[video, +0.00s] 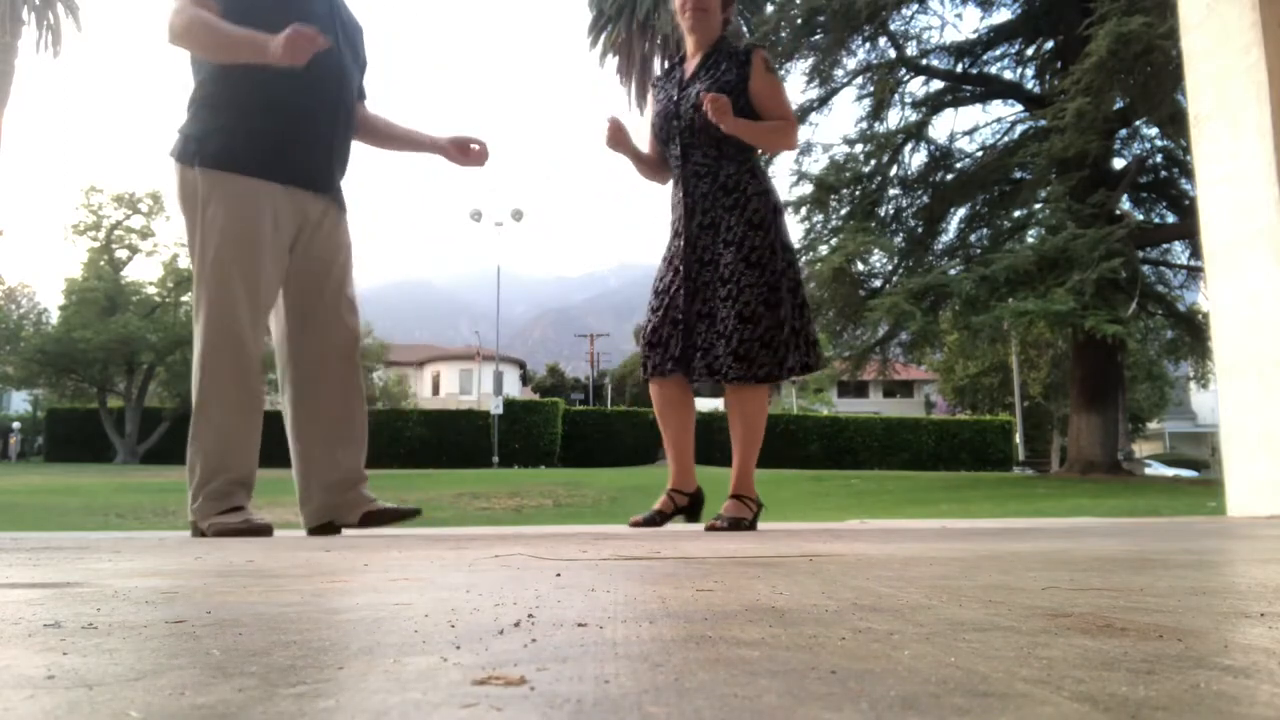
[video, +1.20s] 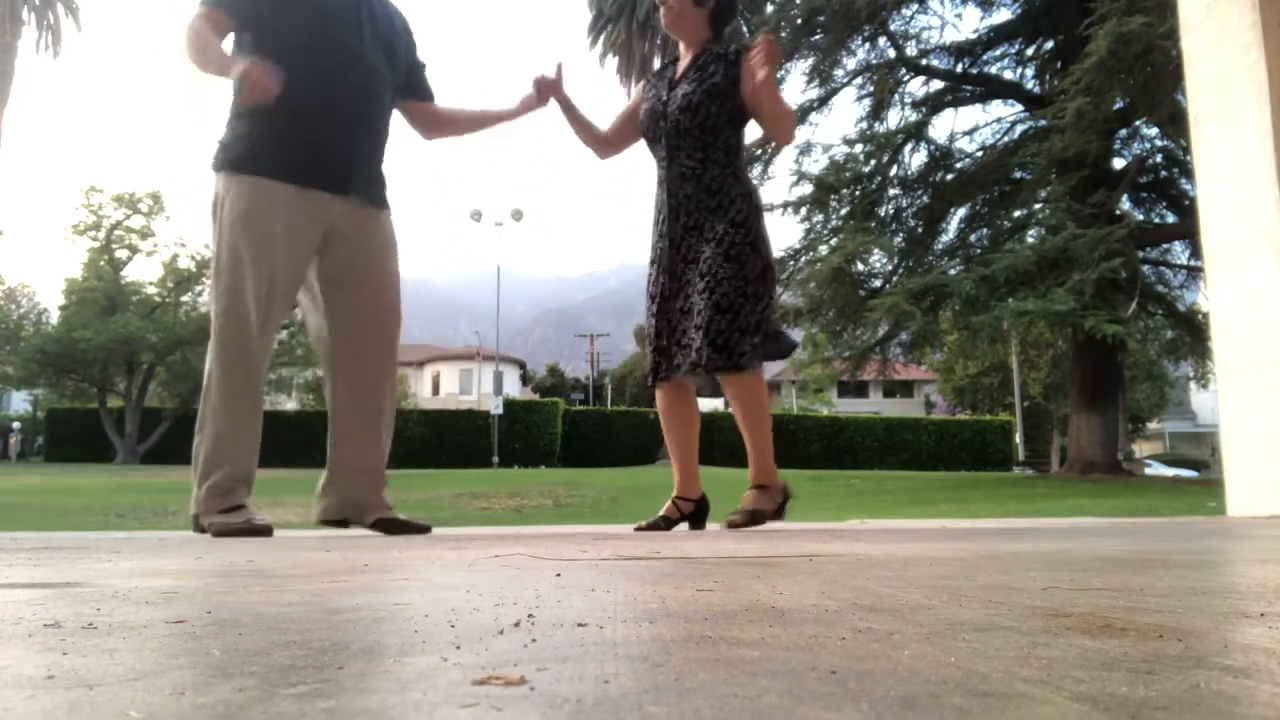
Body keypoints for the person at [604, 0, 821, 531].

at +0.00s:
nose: (690, 5)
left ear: (726, 7)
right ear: (671, 9)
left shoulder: (748, 61)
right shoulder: (666, 82)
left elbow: (787, 134)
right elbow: (661, 170)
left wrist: (733, 125)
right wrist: (628, 147)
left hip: (744, 223)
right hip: (689, 226)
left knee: (745, 350)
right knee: (663, 346)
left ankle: (742, 494)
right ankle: (682, 487)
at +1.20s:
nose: (661, 10)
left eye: (671, 2)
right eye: (659, 4)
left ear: (705, 5)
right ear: (665, 13)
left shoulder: (736, 62)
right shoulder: (657, 83)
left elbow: (782, 131)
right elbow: (604, 144)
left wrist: (762, 80)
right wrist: (560, 98)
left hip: (727, 221)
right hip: (674, 227)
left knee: (729, 348)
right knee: (668, 361)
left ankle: (767, 484)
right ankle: (687, 494)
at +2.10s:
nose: (690, 8)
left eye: (700, 1)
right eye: (691, 2)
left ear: (734, 6)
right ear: (708, 12)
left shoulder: (784, 61)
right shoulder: (702, 89)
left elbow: (842, 127)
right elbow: (652, 147)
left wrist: (826, 120)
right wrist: (588, 112)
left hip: (786, 217)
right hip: (736, 228)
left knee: (738, 321)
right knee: (735, 349)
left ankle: (779, 465)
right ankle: (763, 486)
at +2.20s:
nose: (676, 10)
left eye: (686, 3)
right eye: (678, 3)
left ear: (718, 9)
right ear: (699, 12)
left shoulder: (765, 63)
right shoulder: (692, 91)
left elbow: (818, 132)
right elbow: (649, 159)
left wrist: (811, 116)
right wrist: (581, 125)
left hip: (760, 223)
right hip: (719, 229)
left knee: (698, 330)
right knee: (733, 366)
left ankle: (705, 478)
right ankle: (764, 496)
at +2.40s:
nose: (616, 15)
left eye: (623, 8)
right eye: (615, 12)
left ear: (648, 3)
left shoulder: (670, 36)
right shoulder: (649, 66)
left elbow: (695, 84)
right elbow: (653, 176)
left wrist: (629, 33)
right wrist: (573, 166)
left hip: (687, 228)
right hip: (684, 229)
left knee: (622, 342)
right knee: (705, 363)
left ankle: (647, 490)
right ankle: (759, 487)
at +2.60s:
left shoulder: (585, 10)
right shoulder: (668, 42)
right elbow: (668, 138)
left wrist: (456, 8)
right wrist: (593, 162)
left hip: (616, 180)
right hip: (676, 185)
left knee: (612, 339)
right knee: (652, 344)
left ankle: (643, 486)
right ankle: (642, 482)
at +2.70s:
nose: (505, 9)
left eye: (513, 7)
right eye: (504, 6)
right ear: (637, 4)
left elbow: (447, 70)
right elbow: (658, 145)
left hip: (583, 193)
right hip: (648, 194)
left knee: (605, 346)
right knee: (590, 348)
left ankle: (645, 486)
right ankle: (563, 469)